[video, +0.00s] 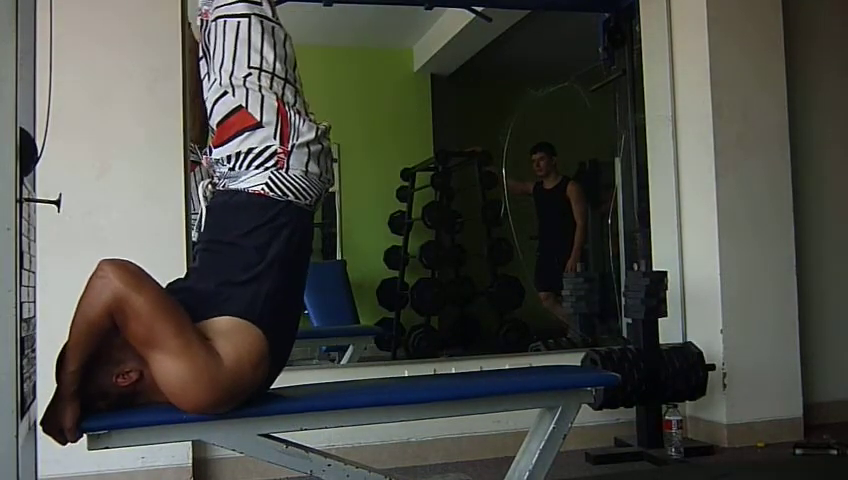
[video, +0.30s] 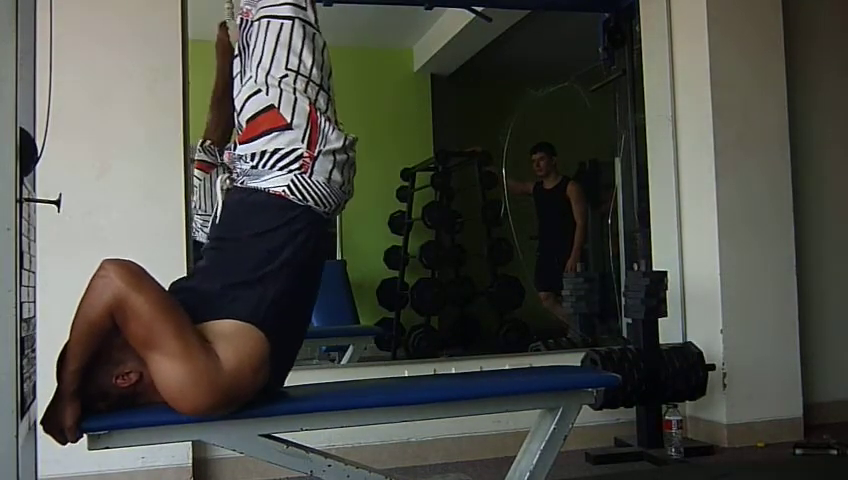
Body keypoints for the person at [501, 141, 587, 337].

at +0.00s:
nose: (537, 165)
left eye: (541, 160)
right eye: (534, 161)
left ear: (553, 161)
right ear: (532, 164)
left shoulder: (570, 187)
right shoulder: (536, 187)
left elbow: (581, 224)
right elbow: (510, 185)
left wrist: (575, 258)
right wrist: (489, 167)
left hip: (567, 250)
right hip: (546, 249)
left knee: (567, 296)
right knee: (545, 296)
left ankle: (574, 336)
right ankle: (576, 329)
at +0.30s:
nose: (537, 165)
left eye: (541, 160)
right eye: (534, 161)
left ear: (553, 161)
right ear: (532, 164)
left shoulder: (570, 187)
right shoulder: (536, 187)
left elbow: (581, 224)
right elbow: (511, 185)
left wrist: (574, 257)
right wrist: (489, 167)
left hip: (567, 250)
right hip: (546, 249)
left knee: (568, 296)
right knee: (545, 296)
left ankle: (574, 336)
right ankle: (576, 329)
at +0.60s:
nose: (537, 165)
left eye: (541, 160)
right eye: (534, 161)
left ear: (553, 161)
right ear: (532, 164)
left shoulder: (570, 187)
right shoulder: (536, 187)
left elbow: (581, 224)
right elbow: (513, 186)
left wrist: (574, 257)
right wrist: (492, 170)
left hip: (567, 249)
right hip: (546, 249)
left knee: (569, 295)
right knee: (546, 297)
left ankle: (574, 336)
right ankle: (578, 330)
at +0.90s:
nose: (537, 165)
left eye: (541, 160)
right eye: (534, 161)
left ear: (553, 161)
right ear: (532, 164)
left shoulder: (570, 187)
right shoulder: (536, 187)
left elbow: (581, 224)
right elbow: (511, 185)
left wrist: (574, 257)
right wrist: (489, 168)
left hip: (566, 249)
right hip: (546, 249)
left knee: (567, 296)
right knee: (545, 297)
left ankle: (574, 336)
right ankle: (577, 328)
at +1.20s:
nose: (536, 165)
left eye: (541, 160)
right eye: (534, 161)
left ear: (552, 161)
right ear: (532, 164)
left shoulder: (570, 188)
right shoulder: (536, 187)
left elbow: (580, 224)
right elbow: (510, 185)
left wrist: (574, 256)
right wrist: (488, 166)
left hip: (567, 249)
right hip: (546, 249)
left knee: (567, 296)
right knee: (546, 297)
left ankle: (574, 336)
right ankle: (578, 329)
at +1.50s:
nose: (536, 165)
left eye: (541, 160)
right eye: (534, 161)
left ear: (552, 161)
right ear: (531, 164)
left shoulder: (570, 187)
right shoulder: (536, 187)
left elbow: (580, 224)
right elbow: (512, 186)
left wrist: (574, 257)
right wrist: (493, 174)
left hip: (567, 250)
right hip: (546, 249)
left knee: (568, 296)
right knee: (546, 297)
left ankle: (575, 335)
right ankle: (577, 329)